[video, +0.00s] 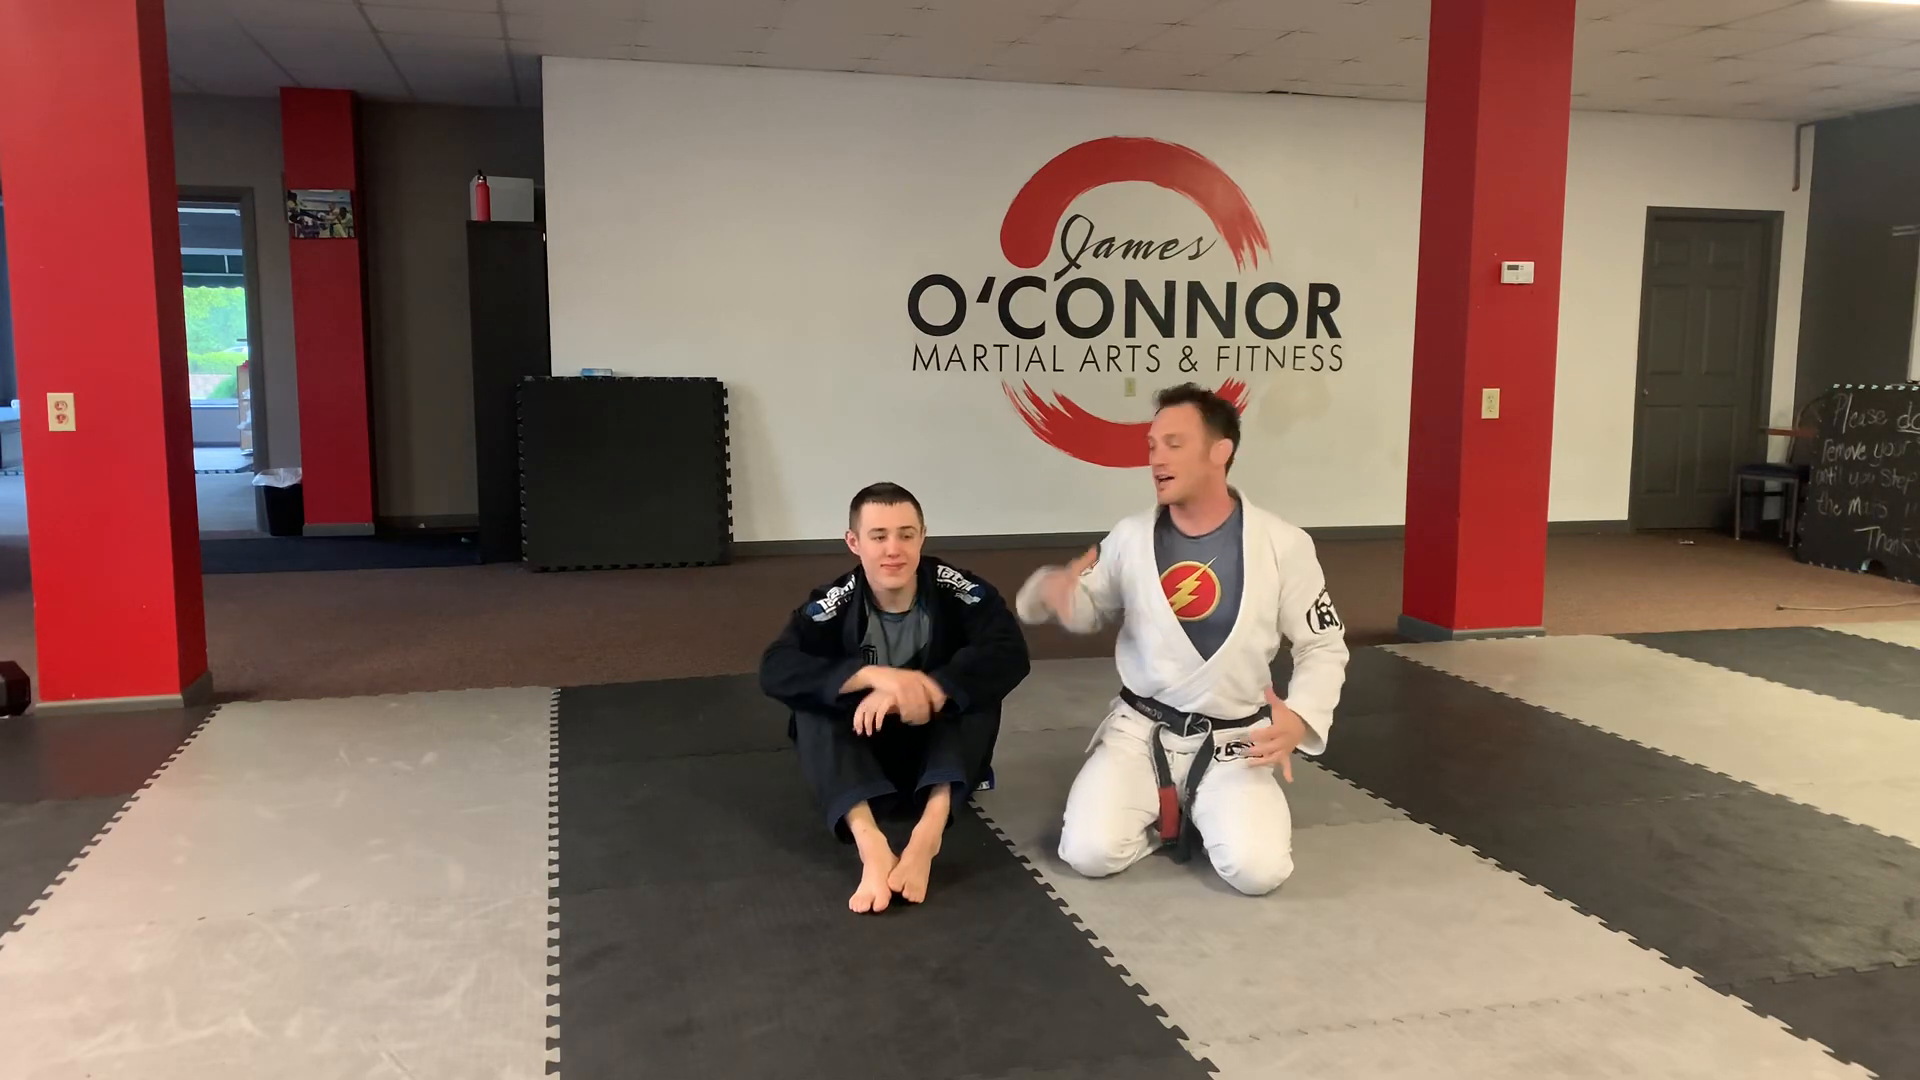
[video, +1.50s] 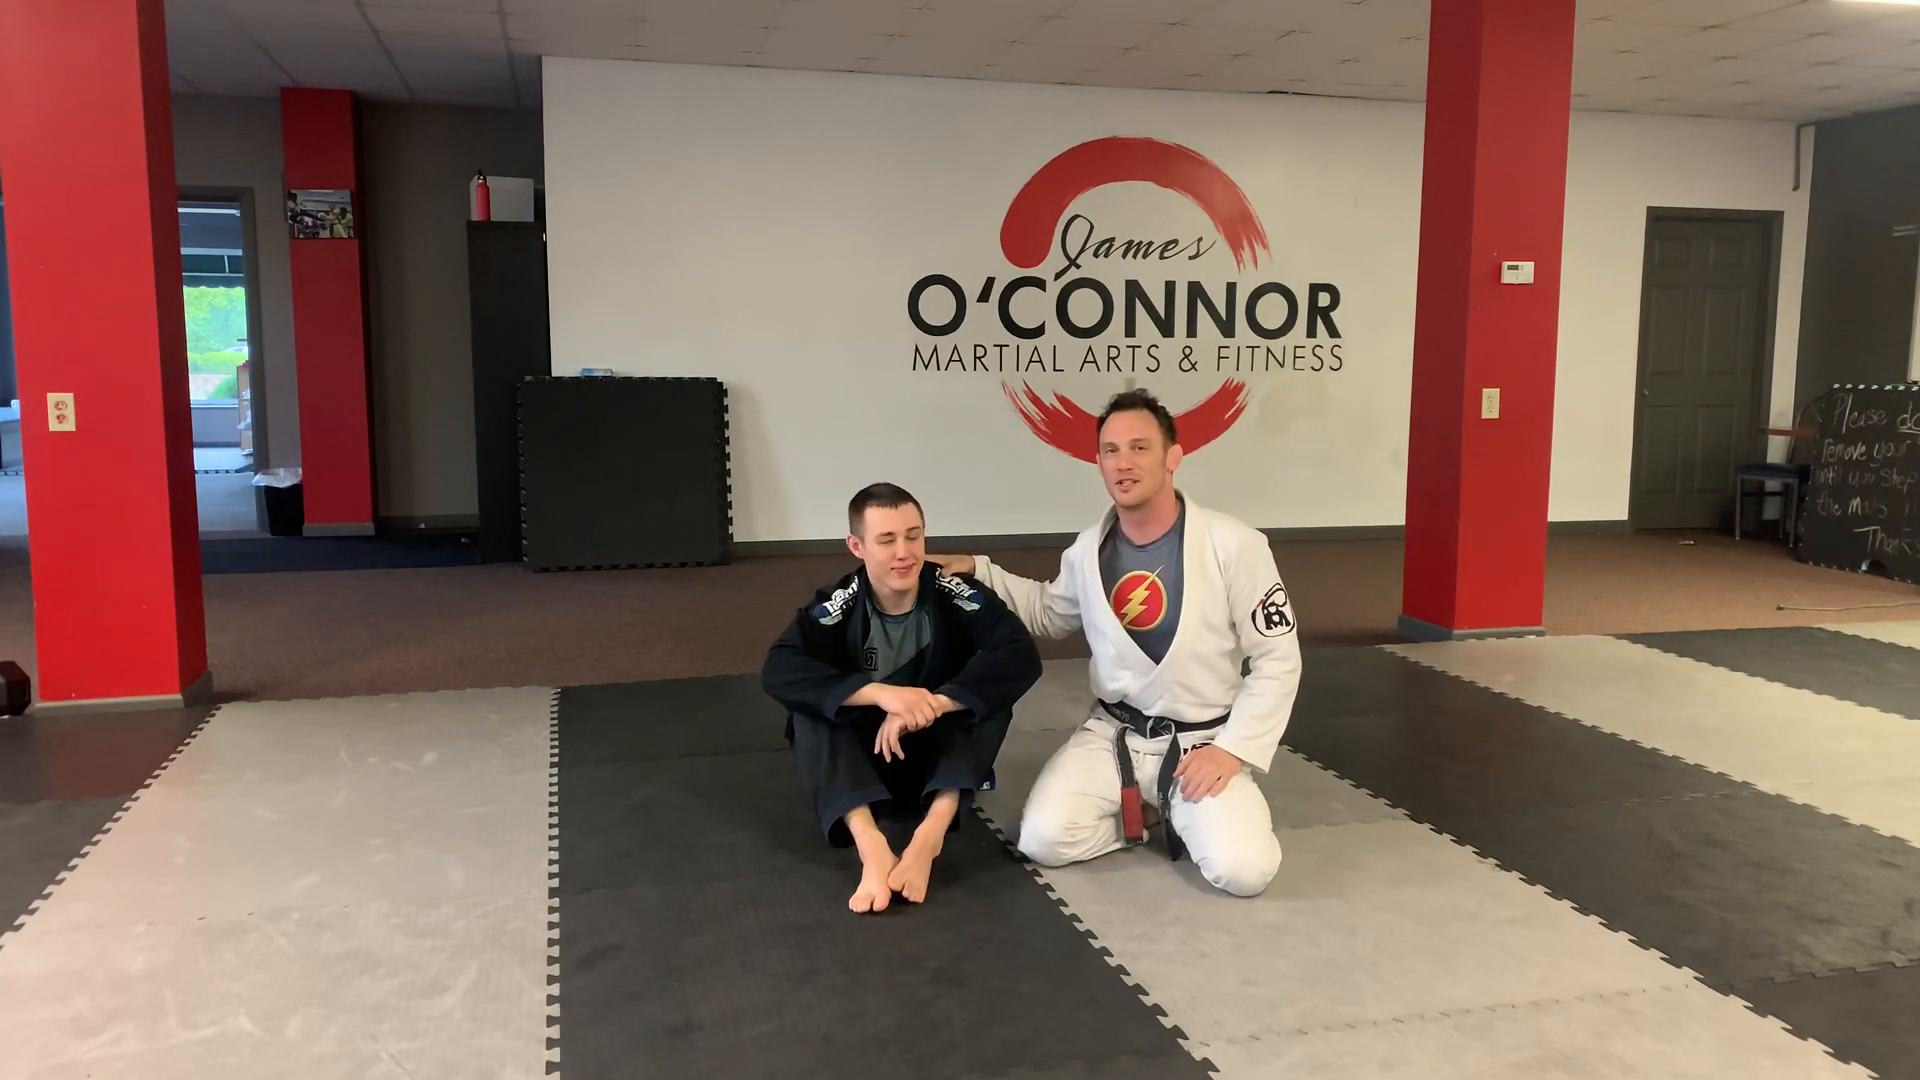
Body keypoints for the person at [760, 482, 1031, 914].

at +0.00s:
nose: (894, 549)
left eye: (906, 535)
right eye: (878, 537)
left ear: (921, 538)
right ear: (853, 543)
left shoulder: (962, 592)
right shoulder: (833, 603)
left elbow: (1009, 655)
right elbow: (776, 669)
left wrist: (912, 691)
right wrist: (871, 674)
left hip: (940, 755)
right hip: (860, 758)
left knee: (977, 691)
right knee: (813, 705)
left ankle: (929, 833)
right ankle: (870, 844)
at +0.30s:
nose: (897, 542)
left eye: (908, 528)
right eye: (881, 530)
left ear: (923, 533)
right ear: (856, 538)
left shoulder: (958, 588)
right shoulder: (837, 602)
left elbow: (1008, 652)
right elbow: (781, 669)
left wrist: (919, 701)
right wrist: (875, 687)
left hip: (937, 753)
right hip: (858, 756)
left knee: (980, 689)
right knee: (813, 702)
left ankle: (929, 836)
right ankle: (870, 844)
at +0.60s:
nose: (899, 546)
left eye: (910, 531)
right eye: (884, 533)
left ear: (925, 535)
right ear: (858, 540)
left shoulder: (962, 592)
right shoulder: (838, 602)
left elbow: (1010, 656)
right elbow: (783, 669)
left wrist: (919, 705)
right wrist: (878, 690)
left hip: (937, 753)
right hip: (858, 755)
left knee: (982, 690)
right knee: (815, 701)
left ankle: (929, 836)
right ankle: (871, 845)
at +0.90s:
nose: (905, 556)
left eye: (918, 542)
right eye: (891, 542)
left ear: (932, 542)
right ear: (863, 542)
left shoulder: (967, 595)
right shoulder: (840, 603)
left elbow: (1014, 657)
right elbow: (778, 668)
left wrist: (942, 681)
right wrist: (862, 669)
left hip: (941, 757)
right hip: (861, 758)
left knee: (979, 686)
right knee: (815, 702)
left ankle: (930, 832)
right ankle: (871, 844)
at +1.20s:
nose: (907, 557)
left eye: (919, 544)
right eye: (892, 543)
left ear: (932, 544)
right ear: (864, 542)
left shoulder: (967, 597)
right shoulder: (840, 604)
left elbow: (1015, 655)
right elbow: (778, 668)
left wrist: (937, 688)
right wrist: (860, 675)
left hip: (940, 758)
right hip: (861, 761)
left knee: (980, 689)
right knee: (815, 702)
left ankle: (930, 832)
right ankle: (871, 844)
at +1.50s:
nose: (904, 553)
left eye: (913, 537)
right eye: (887, 540)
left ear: (924, 536)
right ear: (857, 547)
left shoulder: (956, 594)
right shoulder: (836, 605)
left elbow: (1021, 655)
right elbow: (780, 670)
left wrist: (930, 705)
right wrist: (879, 692)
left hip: (937, 754)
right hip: (859, 757)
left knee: (990, 699)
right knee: (809, 709)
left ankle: (931, 834)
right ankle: (870, 846)